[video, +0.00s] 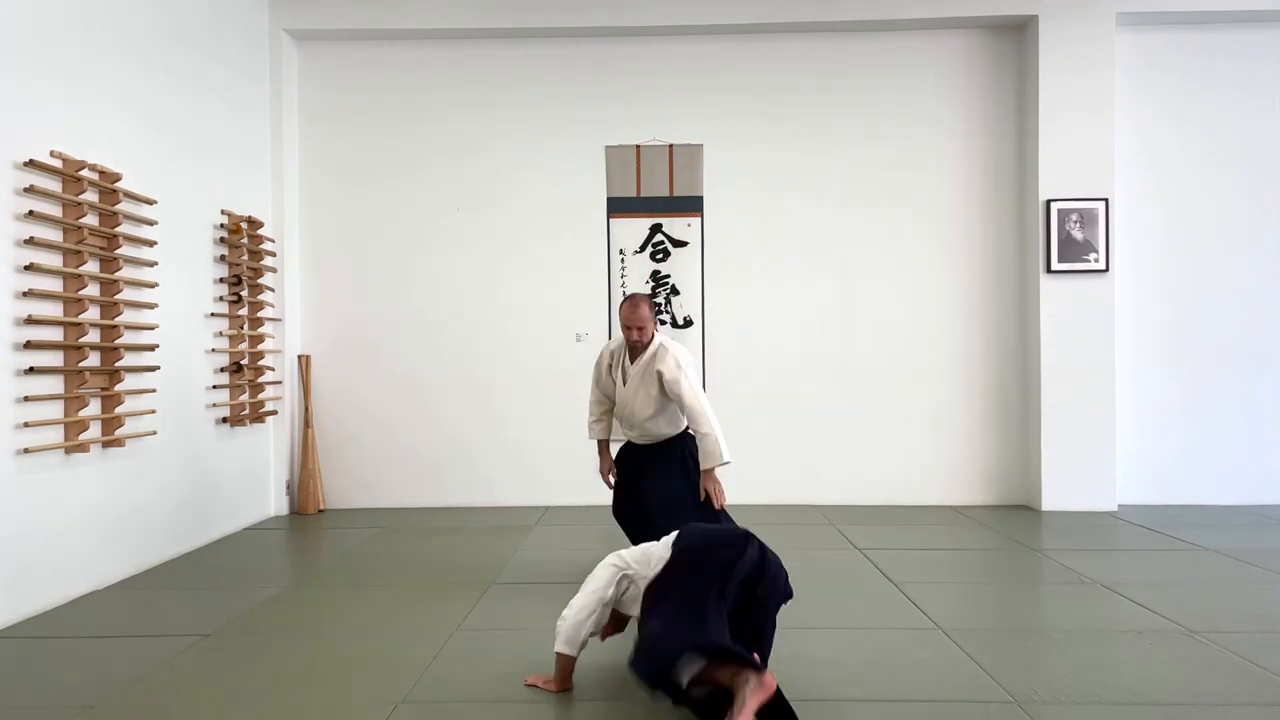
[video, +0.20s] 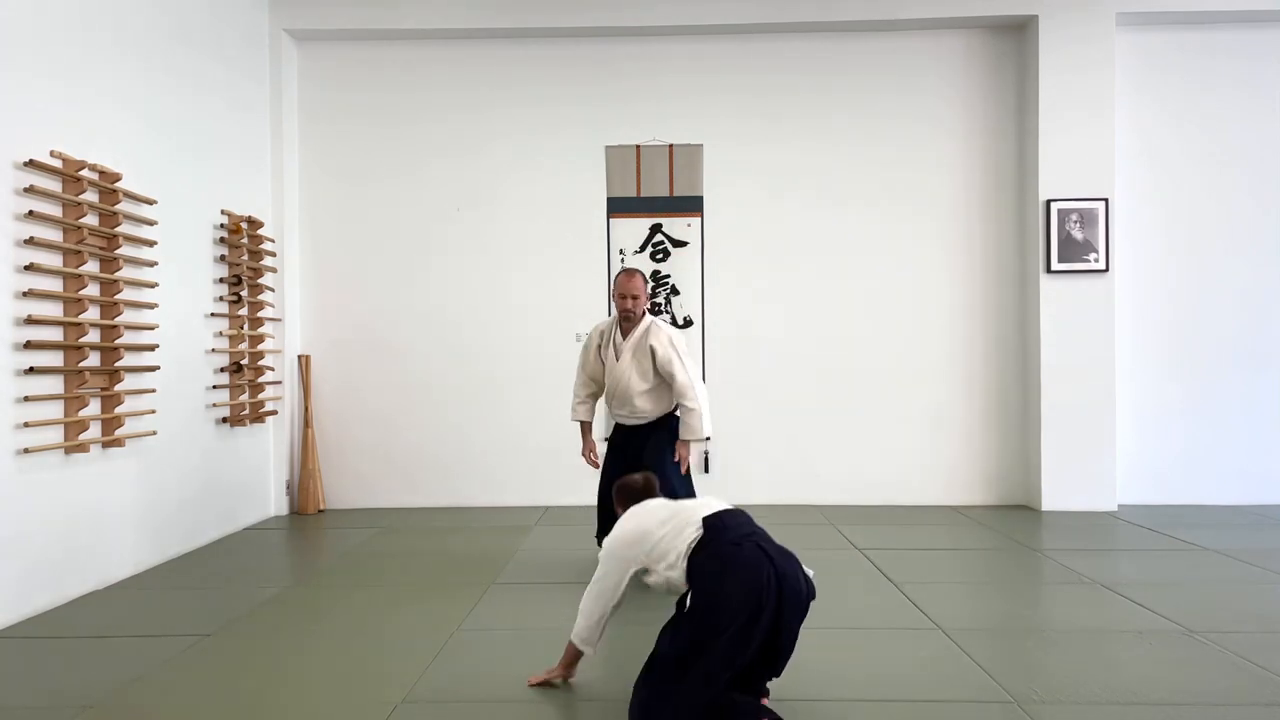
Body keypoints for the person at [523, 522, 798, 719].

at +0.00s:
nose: (606, 634)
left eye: (601, 630)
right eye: (603, 634)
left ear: (603, 608)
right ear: (621, 611)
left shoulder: (619, 565)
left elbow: (573, 623)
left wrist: (561, 682)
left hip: (711, 544)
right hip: (769, 566)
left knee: (656, 649)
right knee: (748, 671)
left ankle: (745, 679)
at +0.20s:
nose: (616, 513)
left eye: (614, 508)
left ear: (620, 506)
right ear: (658, 496)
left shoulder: (625, 531)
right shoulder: (689, 509)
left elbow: (595, 607)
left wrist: (564, 668)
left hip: (732, 584)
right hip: (789, 581)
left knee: (660, 690)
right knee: (742, 684)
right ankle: (754, 701)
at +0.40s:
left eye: (630, 404)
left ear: (634, 405)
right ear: (679, 397)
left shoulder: (633, 436)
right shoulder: (711, 419)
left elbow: (603, 531)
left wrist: (619, 590)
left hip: (724, 522)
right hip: (784, 517)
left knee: (682, 647)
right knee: (769, 636)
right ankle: (749, 708)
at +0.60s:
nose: (642, 343)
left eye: (643, 338)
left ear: (646, 342)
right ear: (692, 340)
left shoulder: (636, 376)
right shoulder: (724, 366)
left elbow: (591, 459)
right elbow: (782, 434)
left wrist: (608, 501)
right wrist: (793, 505)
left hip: (710, 480)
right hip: (770, 476)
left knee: (696, 607)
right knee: (757, 598)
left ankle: (713, 708)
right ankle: (756, 704)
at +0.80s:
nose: (647, 296)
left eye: (649, 291)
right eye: (652, 290)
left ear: (656, 298)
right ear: (696, 298)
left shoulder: (637, 336)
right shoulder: (727, 333)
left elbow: (614, 407)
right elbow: (783, 392)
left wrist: (614, 431)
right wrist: (764, 439)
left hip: (681, 445)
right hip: (738, 443)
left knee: (699, 558)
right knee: (743, 551)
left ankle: (730, 682)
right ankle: (753, 672)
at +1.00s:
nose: (626, 267)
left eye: (629, 262)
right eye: (678, 258)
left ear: (635, 271)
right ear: (676, 270)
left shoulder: (620, 313)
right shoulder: (699, 305)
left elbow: (619, 350)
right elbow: (696, 343)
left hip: (663, 428)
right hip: (711, 421)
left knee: (659, 528)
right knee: (728, 531)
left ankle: (670, 625)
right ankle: (750, 648)